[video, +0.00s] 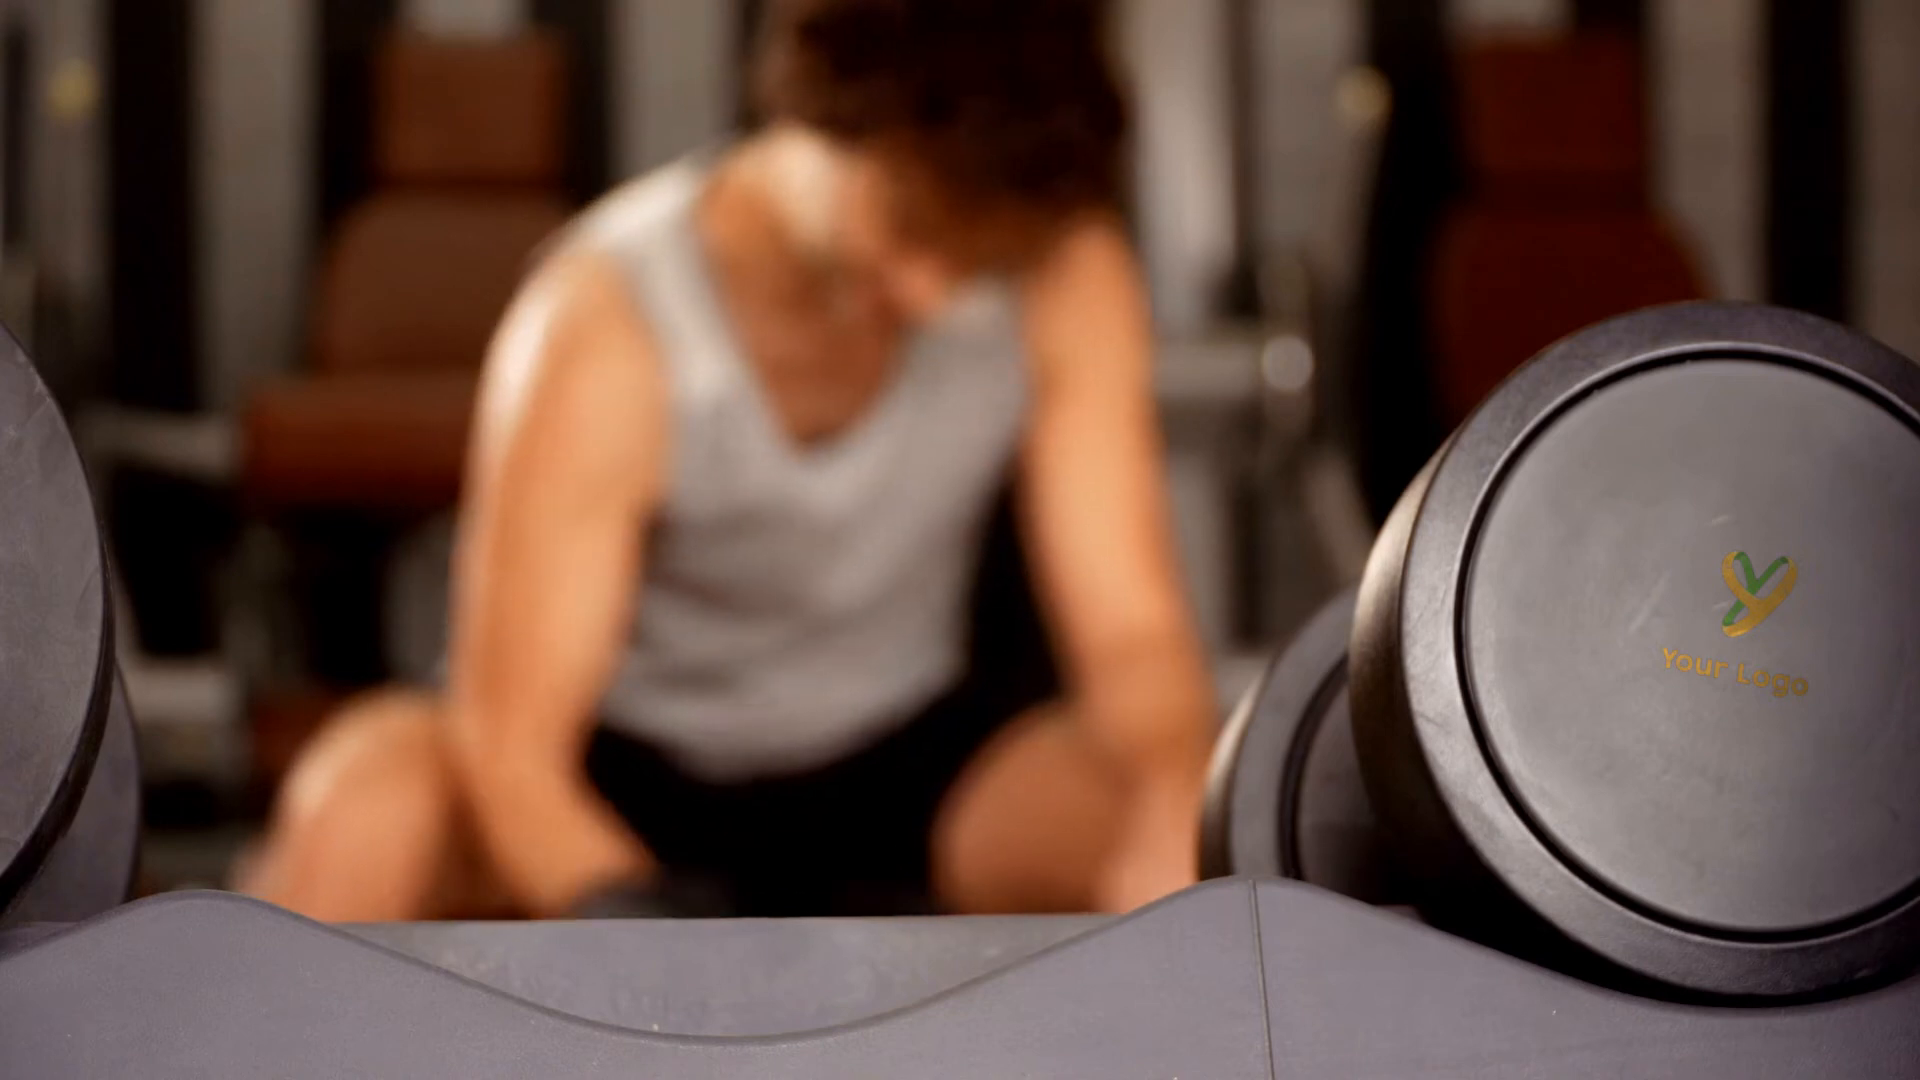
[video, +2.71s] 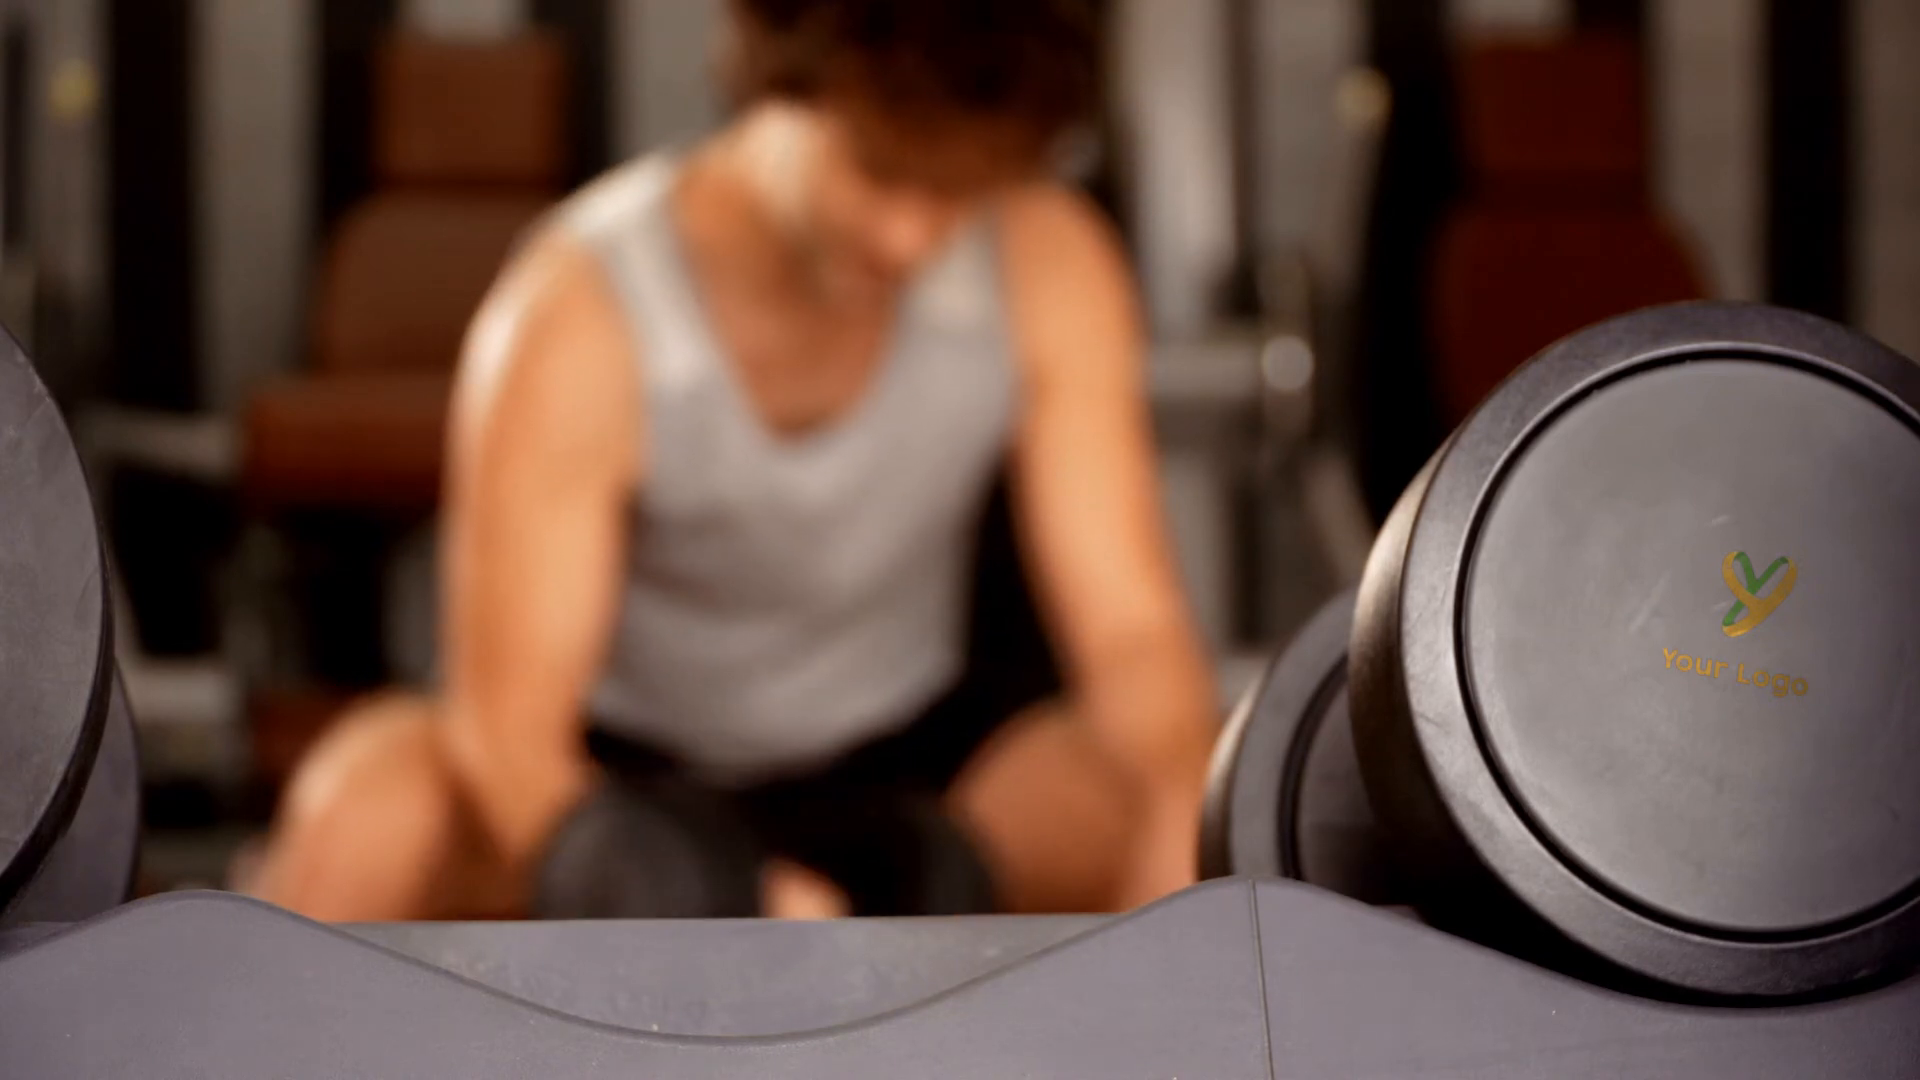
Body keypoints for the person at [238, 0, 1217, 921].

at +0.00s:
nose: (929, 298)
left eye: (980, 262)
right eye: (904, 241)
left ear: (1041, 219)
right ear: (826, 134)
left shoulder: (1057, 260)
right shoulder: (602, 316)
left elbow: (1133, 643)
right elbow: (511, 755)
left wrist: (1172, 839)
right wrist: (674, 956)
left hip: (902, 777)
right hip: (628, 790)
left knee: (1190, 806)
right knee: (367, 784)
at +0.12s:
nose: (923, 303)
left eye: (972, 267)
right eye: (896, 247)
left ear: (1037, 224)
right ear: (817, 135)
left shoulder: (1051, 263)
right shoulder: (578, 313)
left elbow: (1135, 643)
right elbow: (514, 754)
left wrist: (1171, 854)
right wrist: (767, 867)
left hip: (904, 779)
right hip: (619, 783)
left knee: (1199, 780)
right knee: (370, 787)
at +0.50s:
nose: (886, 303)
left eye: (926, 263)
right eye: (859, 248)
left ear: (980, 205)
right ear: (764, 148)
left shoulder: (1010, 262)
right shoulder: (492, 318)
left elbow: (1121, 639)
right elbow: (509, 749)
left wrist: (1182, 877)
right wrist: (735, 696)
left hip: (900, 786)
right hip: (598, 796)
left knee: (1169, 807)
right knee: (351, 798)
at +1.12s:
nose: (893, 271)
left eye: (944, 232)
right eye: (867, 214)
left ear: (1003, 179)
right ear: (785, 116)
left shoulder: (1034, 256)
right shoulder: (546, 313)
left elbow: (1125, 636)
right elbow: (514, 735)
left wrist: (1195, 807)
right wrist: (846, 823)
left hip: (901, 796)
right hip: (611, 796)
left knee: (1193, 800)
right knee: (360, 786)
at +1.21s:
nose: (905, 272)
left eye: (955, 233)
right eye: (879, 215)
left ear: (1010, 180)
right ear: (799, 119)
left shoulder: (1042, 255)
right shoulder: (562, 313)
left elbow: (1126, 631)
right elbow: (514, 764)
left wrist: (1201, 806)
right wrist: (734, 897)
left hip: (907, 770)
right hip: (625, 782)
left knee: (1199, 815)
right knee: (358, 797)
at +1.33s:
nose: (916, 282)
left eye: (970, 240)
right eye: (889, 220)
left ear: (1024, 192)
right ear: (805, 120)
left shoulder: (1052, 262)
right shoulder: (584, 314)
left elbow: (1133, 641)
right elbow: (519, 791)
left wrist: (1207, 826)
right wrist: (678, 1040)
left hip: (901, 778)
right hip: (624, 789)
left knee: (1192, 815)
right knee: (363, 798)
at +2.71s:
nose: (912, 238)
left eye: (961, 192)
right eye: (879, 175)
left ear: (1013, 159)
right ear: (778, 82)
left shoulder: (1044, 256)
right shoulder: (578, 307)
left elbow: (1133, 637)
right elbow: (508, 744)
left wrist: (1182, 851)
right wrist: (721, 897)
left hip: (902, 785)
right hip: (626, 794)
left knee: (1197, 790)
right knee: (369, 793)